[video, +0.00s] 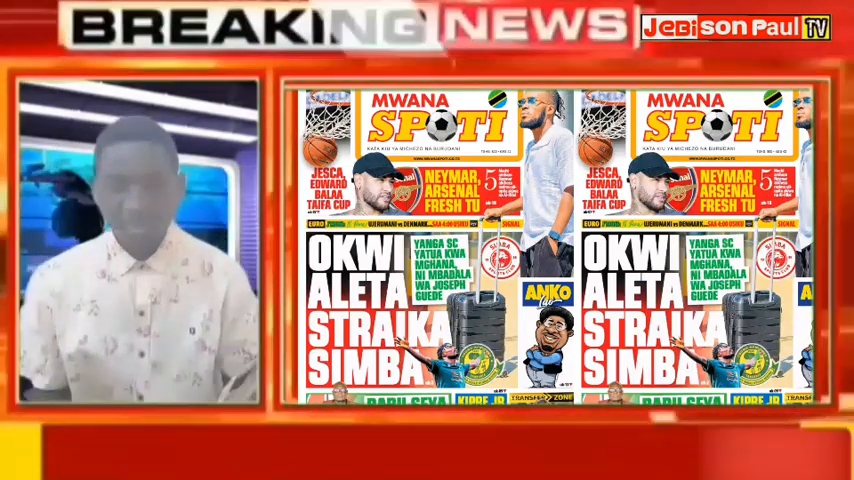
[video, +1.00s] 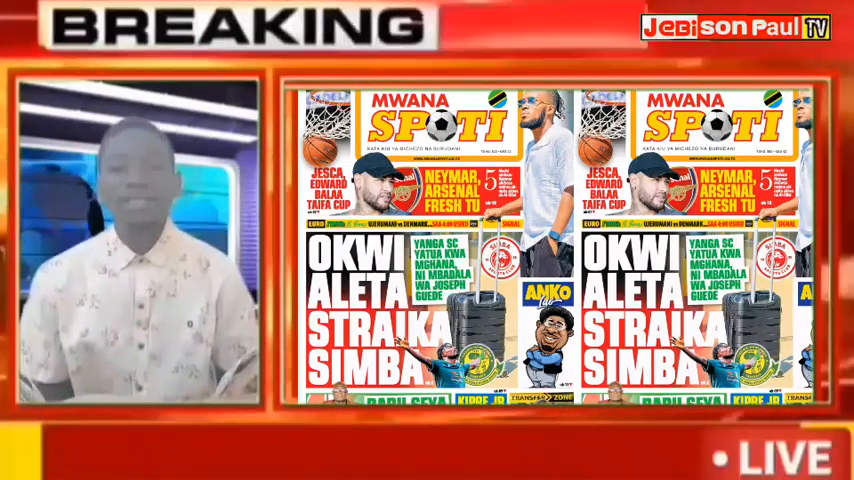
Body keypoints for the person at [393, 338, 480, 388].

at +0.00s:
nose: (453, 348)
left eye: (453, 347)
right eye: (449, 347)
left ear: (456, 352)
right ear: (443, 354)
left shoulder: (462, 367)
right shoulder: (439, 365)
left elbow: (474, 365)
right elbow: (423, 359)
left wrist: (478, 360)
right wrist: (408, 348)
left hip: (461, 402)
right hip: (445, 403)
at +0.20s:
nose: (453, 348)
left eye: (453, 347)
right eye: (449, 347)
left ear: (456, 352)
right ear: (443, 354)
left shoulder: (462, 367)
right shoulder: (439, 365)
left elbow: (474, 365)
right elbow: (423, 359)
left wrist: (478, 360)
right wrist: (407, 348)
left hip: (461, 403)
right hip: (444, 403)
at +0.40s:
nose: (453, 348)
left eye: (453, 347)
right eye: (449, 347)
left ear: (456, 352)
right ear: (443, 354)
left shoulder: (462, 367)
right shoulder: (439, 365)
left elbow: (474, 365)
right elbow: (423, 359)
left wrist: (478, 360)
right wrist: (407, 348)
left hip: (461, 403)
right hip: (444, 403)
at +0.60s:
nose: (453, 348)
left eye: (453, 347)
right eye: (449, 347)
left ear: (456, 352)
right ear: (443, 354)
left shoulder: (462, 367)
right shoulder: (439, 365)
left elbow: (474, 365)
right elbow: (423, 359)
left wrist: (478, 360)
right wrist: (407, 348)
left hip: (461, 403)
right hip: (444, 403)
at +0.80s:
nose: (453, 348)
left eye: (453, 347)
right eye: (449, 348)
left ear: (456, 352)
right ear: (443, 354)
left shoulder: (462, 367)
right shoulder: (439, 365)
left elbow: (474, 365)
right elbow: (423, 359)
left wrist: (478, 360)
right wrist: (407, 348)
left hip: (461, 403)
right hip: (444, 403)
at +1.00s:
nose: (453, 348)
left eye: (453, 347)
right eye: (449, 348)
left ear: (456, 352)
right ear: (443, 354)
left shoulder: (462, 367)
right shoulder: (439, 365)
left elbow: (474, 365)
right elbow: (423, 359)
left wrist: (478, 360)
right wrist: (407, 348)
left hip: (461, 403)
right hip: (444, 403)